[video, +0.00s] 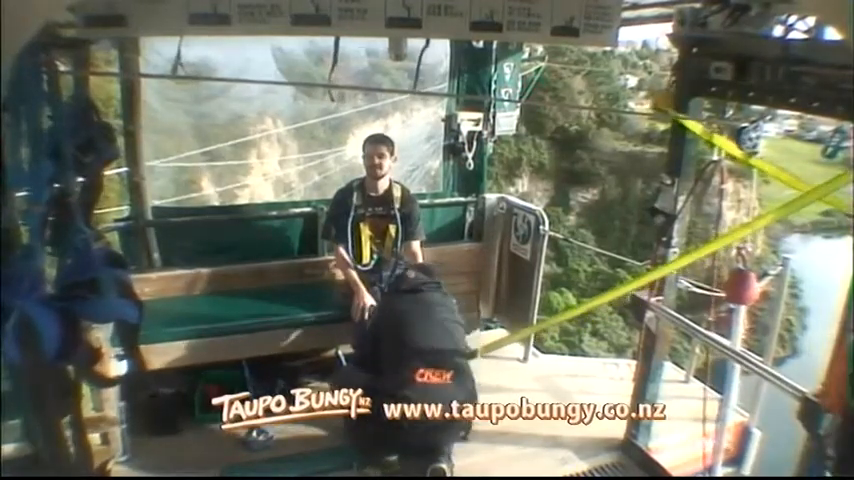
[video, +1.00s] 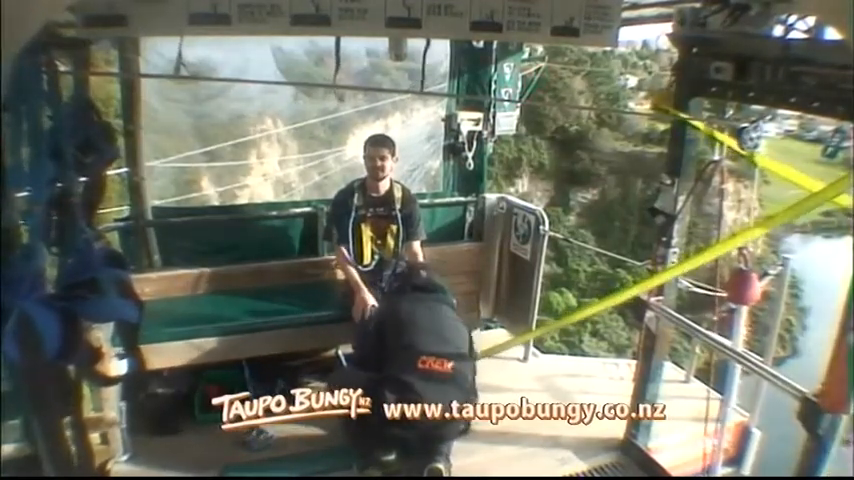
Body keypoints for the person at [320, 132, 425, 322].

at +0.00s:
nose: (374, 162)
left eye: (381, 156)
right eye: (369, 157)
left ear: (393, 159)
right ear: (363, 159)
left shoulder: (404, 198)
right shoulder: (346, 197)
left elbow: (413, 248)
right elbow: (339, 250)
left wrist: (420, 287)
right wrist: (359, 290)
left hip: (397, 280)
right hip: (361, 281)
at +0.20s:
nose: (375, 163)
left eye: (381, 157)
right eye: (369, 157)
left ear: (393, 159)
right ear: (363, 159)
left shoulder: (405, 198)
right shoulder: (346, 197)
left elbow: (414, 250)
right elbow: (341, 251)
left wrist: (421, 290)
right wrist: (360, 291)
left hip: (398, 280)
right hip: (361, 282)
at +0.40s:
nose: (375, 163)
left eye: (381, 158)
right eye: (369, 158)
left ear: (393, 160)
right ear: (362, 160)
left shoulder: (405, 198)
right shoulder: (345, 198)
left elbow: (414, 249)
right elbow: (341, 251)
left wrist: (421, 288)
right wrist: (360, 291)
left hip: (397, 278)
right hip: (362, 280)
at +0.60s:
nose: (375, 164)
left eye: (381, 158)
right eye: (369, 159)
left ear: (393, 160)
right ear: (363, 160)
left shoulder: (405, 199)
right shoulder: (345, 198)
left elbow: (414, 249)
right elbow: (341, 251)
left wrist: (421, 288)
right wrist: (360, 291)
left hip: (398, 278)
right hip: (362, 279)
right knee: (369, 316)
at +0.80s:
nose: (376, 165)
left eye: (382, 159)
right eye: (370, 159)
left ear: (394, 161)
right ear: (363, 160)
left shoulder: (405, 198)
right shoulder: (345, 198)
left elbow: (414, 248)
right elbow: (341, 253)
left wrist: (421, 288)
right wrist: (360, 291)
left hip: (398, 277)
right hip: (362, 278)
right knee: (369, 316)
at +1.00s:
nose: (376, 164)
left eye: (382, 158)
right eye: (370, 159)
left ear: (394, 161)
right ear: (364, 160)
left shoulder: (405, 198)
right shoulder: (345, 199)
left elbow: (414, 248)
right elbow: (341, 252)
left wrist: (423, 287)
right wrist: (360, 291)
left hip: (398, 278)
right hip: (362, 280)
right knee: (370, 316)